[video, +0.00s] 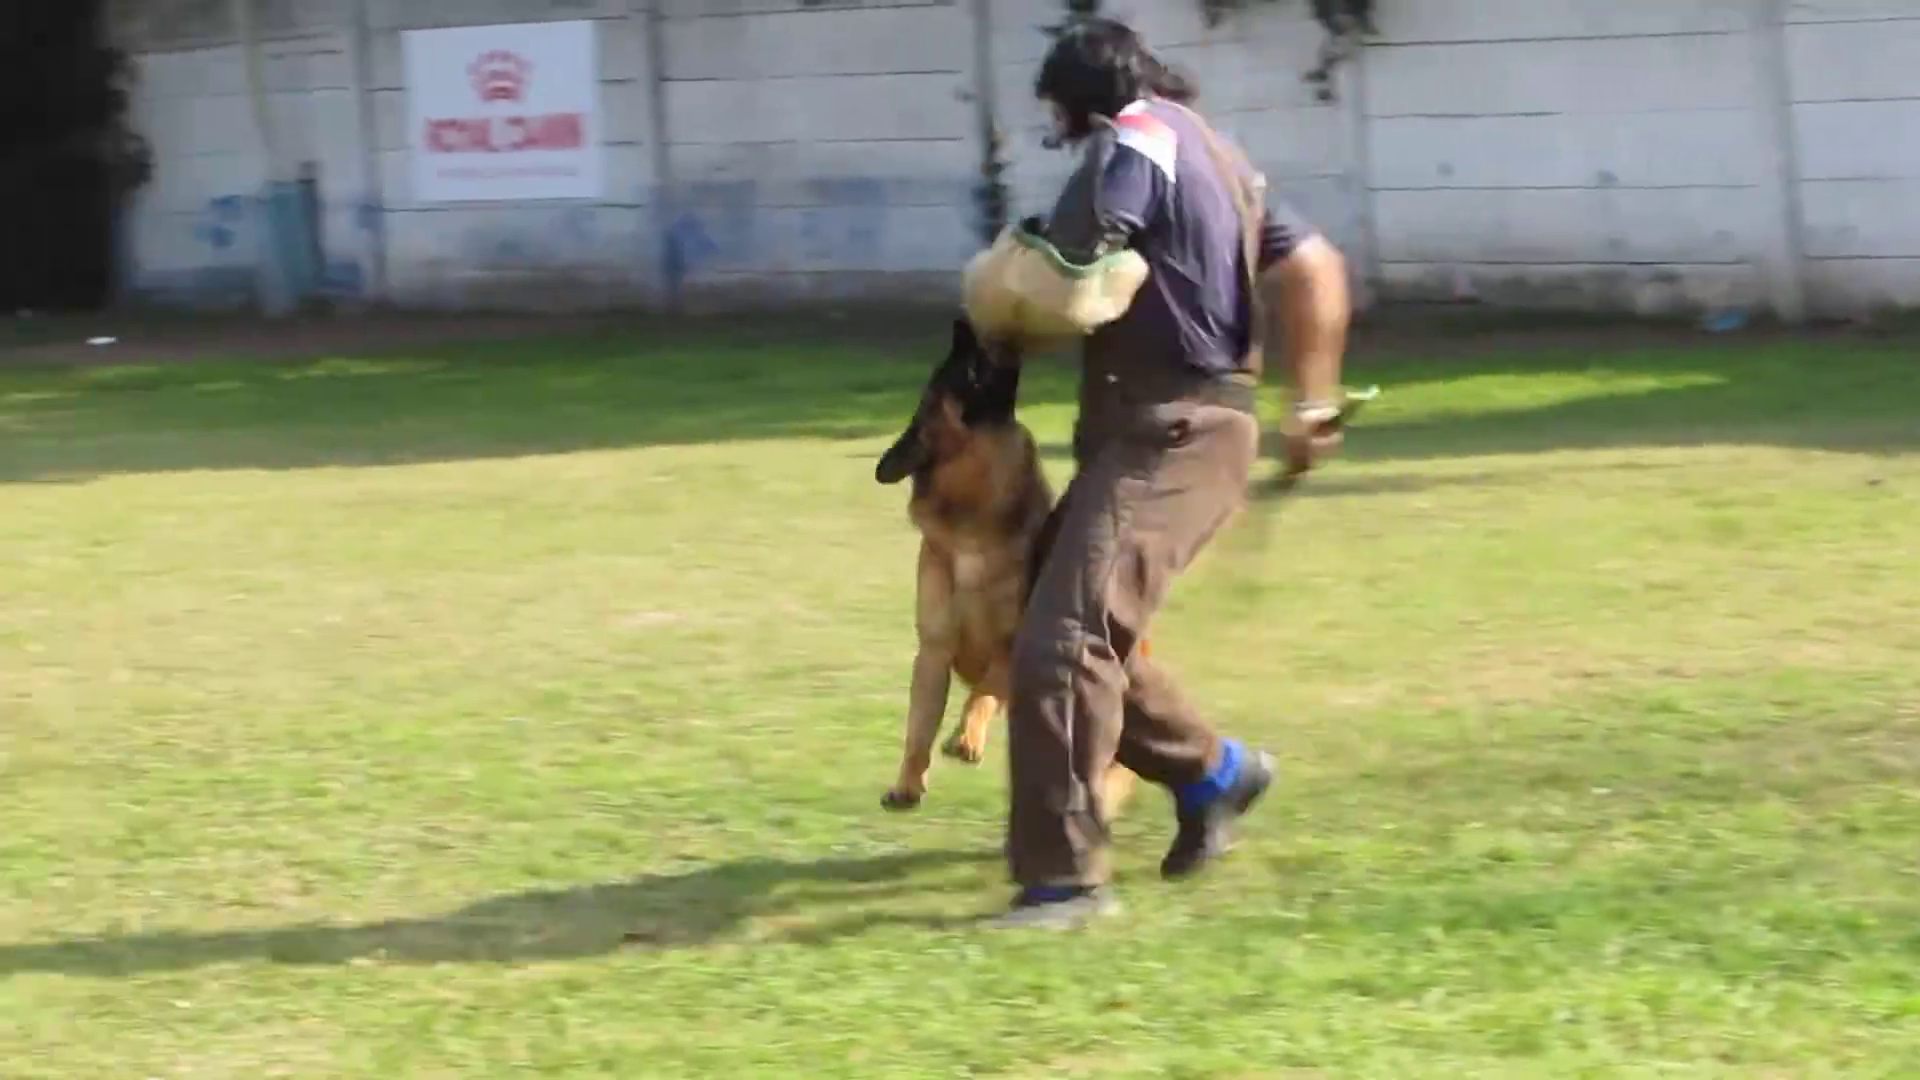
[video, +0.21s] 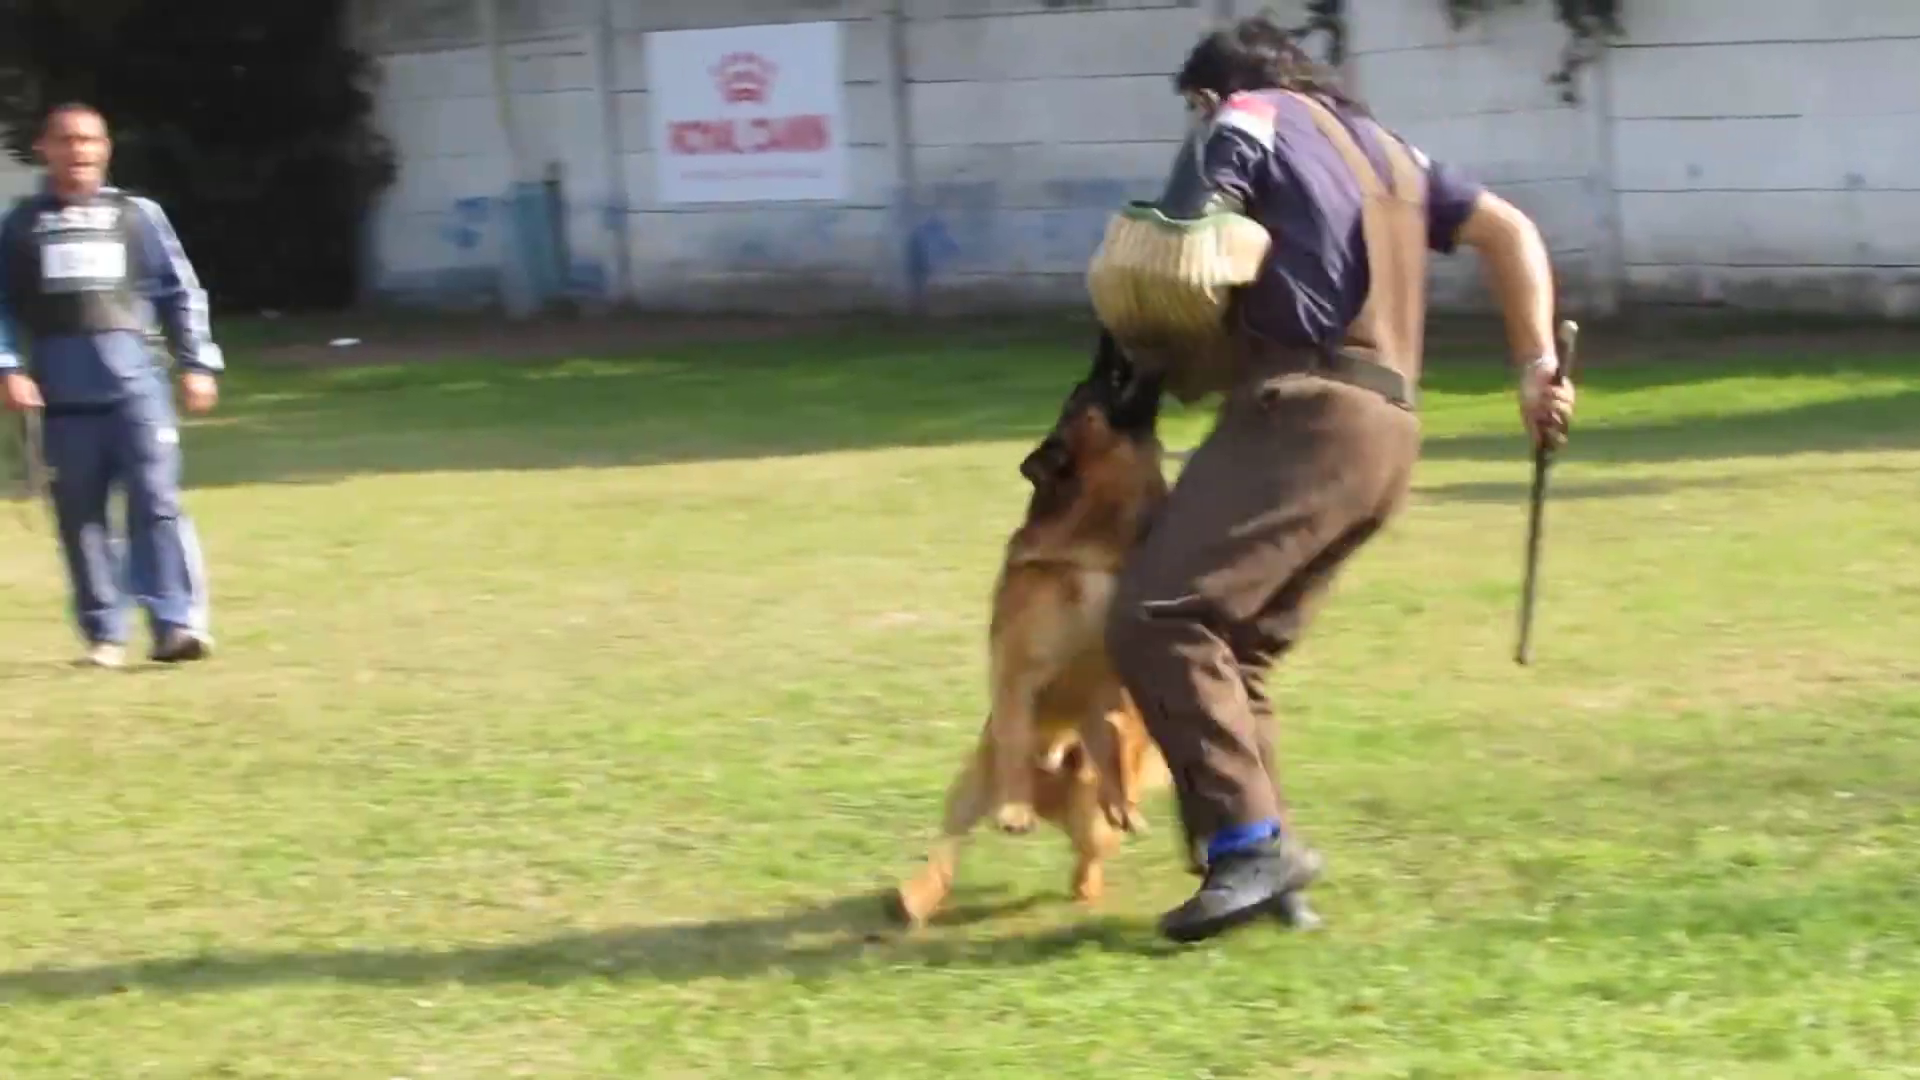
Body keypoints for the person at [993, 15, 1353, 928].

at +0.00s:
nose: (1067, 134)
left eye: (1068, 116)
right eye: (1062, 119)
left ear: (1096, 98)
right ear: (1142, 83)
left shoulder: (1134, 140)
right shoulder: (1210, 147)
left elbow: (1074, 287)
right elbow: (1309, 262)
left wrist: (996, 272)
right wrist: (1314, 399)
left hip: (1171, 435)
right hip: (1186, 430)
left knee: (1064, 641)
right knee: (1064, 620)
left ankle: (1064, 879)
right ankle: (1208, 769)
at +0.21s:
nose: (1199, 126)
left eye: (1197, 113)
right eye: (1193, 116)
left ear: (1222, 96)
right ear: (1296, 81)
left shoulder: (1246, 113)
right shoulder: (1384, 148)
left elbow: (1208, 250)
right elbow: (1510, 230)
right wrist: (1540, 366)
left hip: (1312, 410)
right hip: (1384, 429)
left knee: (1160, 617)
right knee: (1236, 646)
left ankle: (1249, 850)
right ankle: (1262, 869)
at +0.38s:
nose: (1302, 145)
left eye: (1303, 132)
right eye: (1303, 133)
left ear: (1322, 127)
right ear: (1400, 111)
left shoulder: (1314, 192)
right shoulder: (1498, 190)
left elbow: (1274, 357)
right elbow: (1587, 327)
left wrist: (1238, 420)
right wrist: (1586, 474)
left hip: (1388, 453)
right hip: (1497, 472)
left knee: (1304, 690)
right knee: (1370, 692)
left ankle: (1300, 931)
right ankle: (1399, 888)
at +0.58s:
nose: (1453, 94)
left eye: (1457, 79)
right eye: (1456, 82)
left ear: (1476, 75)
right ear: (1566, 73)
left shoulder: (1457, 133)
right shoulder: (1636, 161)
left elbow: (1380, 266)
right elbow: (1721, 305)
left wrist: (1357, 378)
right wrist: (1687, 432)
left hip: (1496, 431)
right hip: (1604, 440)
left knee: (1430, 681)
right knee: (1527, 675)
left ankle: (1437, 933)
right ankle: (1580, 885)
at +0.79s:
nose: (1479, 45)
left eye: (1483, 31)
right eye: (1483, 31)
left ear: (1502, 36)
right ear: (1585, 34)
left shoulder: (1504, 108)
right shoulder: (1656, 136)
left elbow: (1438, 255)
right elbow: (1738, 278)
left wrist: (1364, 300)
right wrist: (1755, 415)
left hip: (1540, 427)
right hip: (1645, 428)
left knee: (1479, 683)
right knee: (1606, 663)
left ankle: (1481, 937)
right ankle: (1746, 863)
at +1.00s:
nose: (1419, 38)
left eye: (1424, 25)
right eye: (1422, 28)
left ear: (1450, 26)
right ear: (1531, 32)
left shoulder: (1444, 99)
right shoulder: (1595, 131)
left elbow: (1364, 233)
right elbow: (1666, 285)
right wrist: (1662, 431)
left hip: (1474, 425)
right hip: (1585, 422)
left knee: (1418, 687)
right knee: (1577, 674)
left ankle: (1405, 941)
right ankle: (1666, 912)